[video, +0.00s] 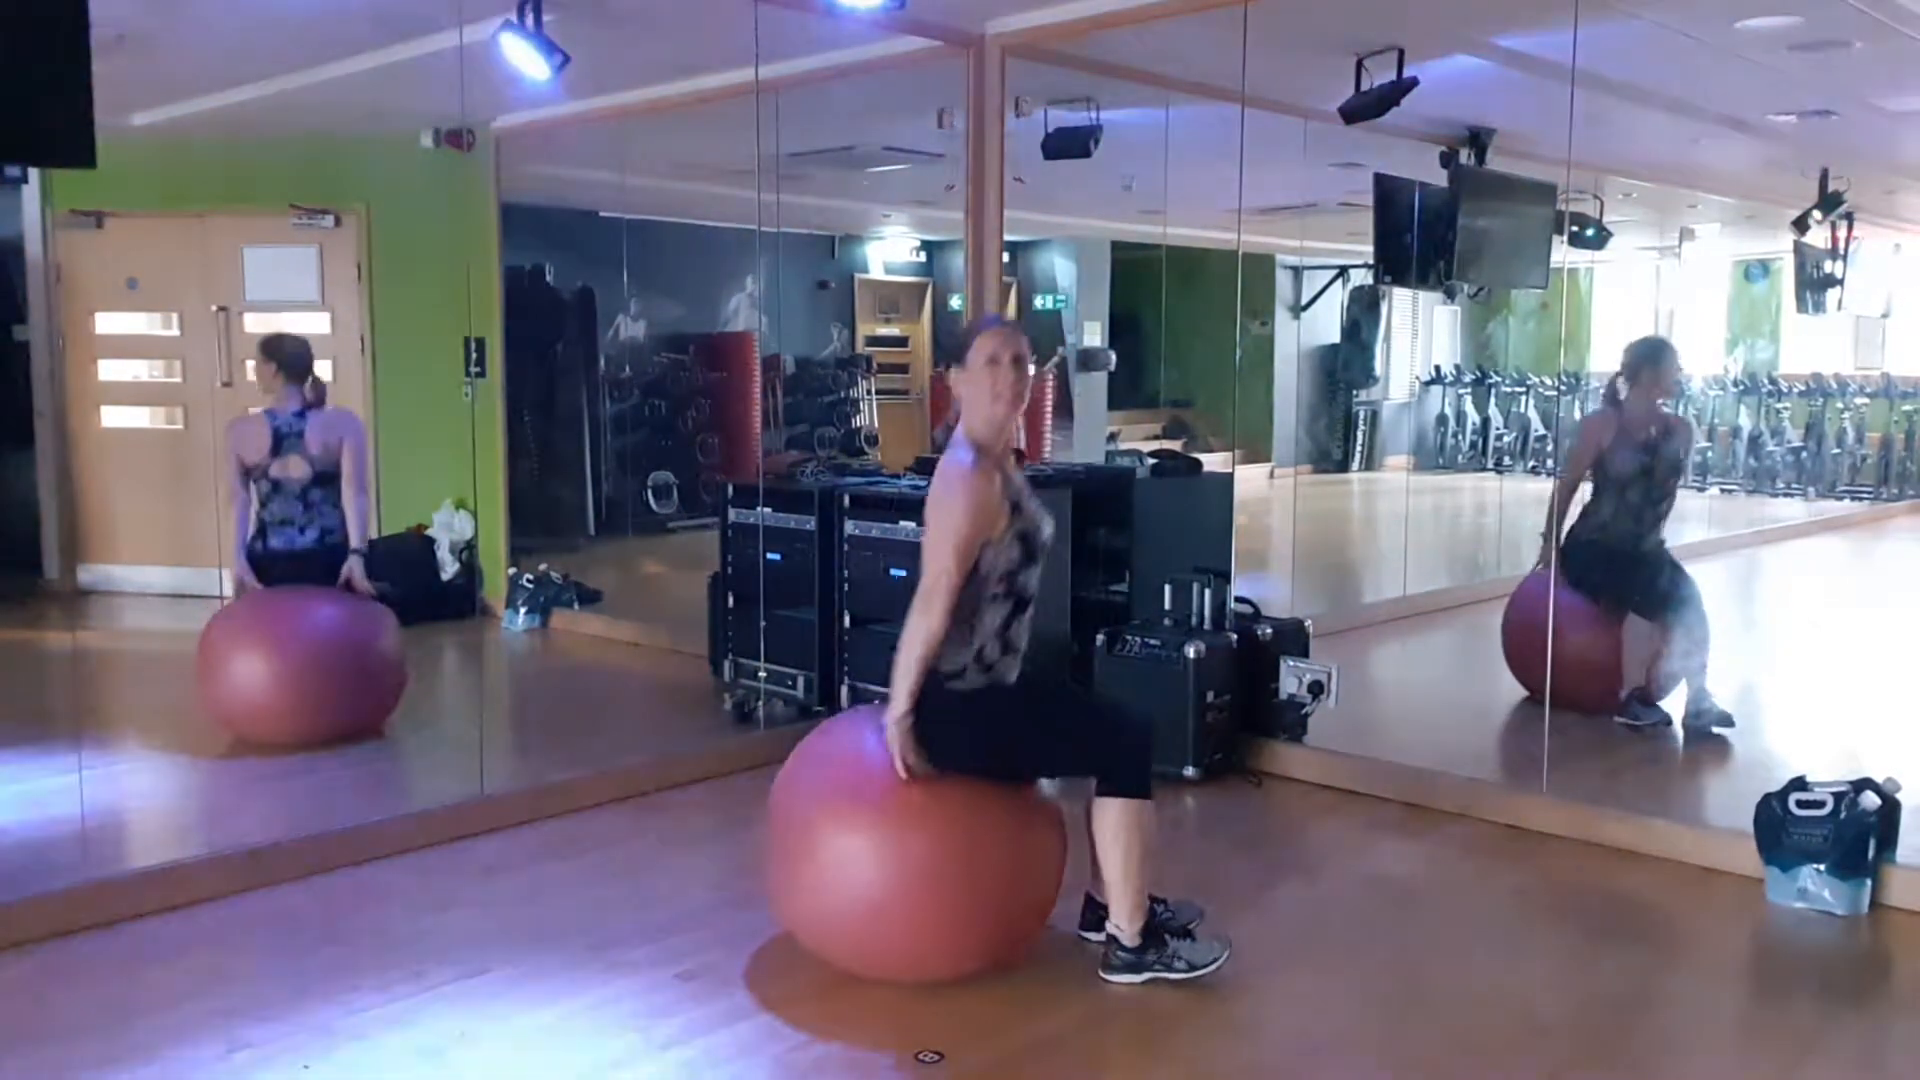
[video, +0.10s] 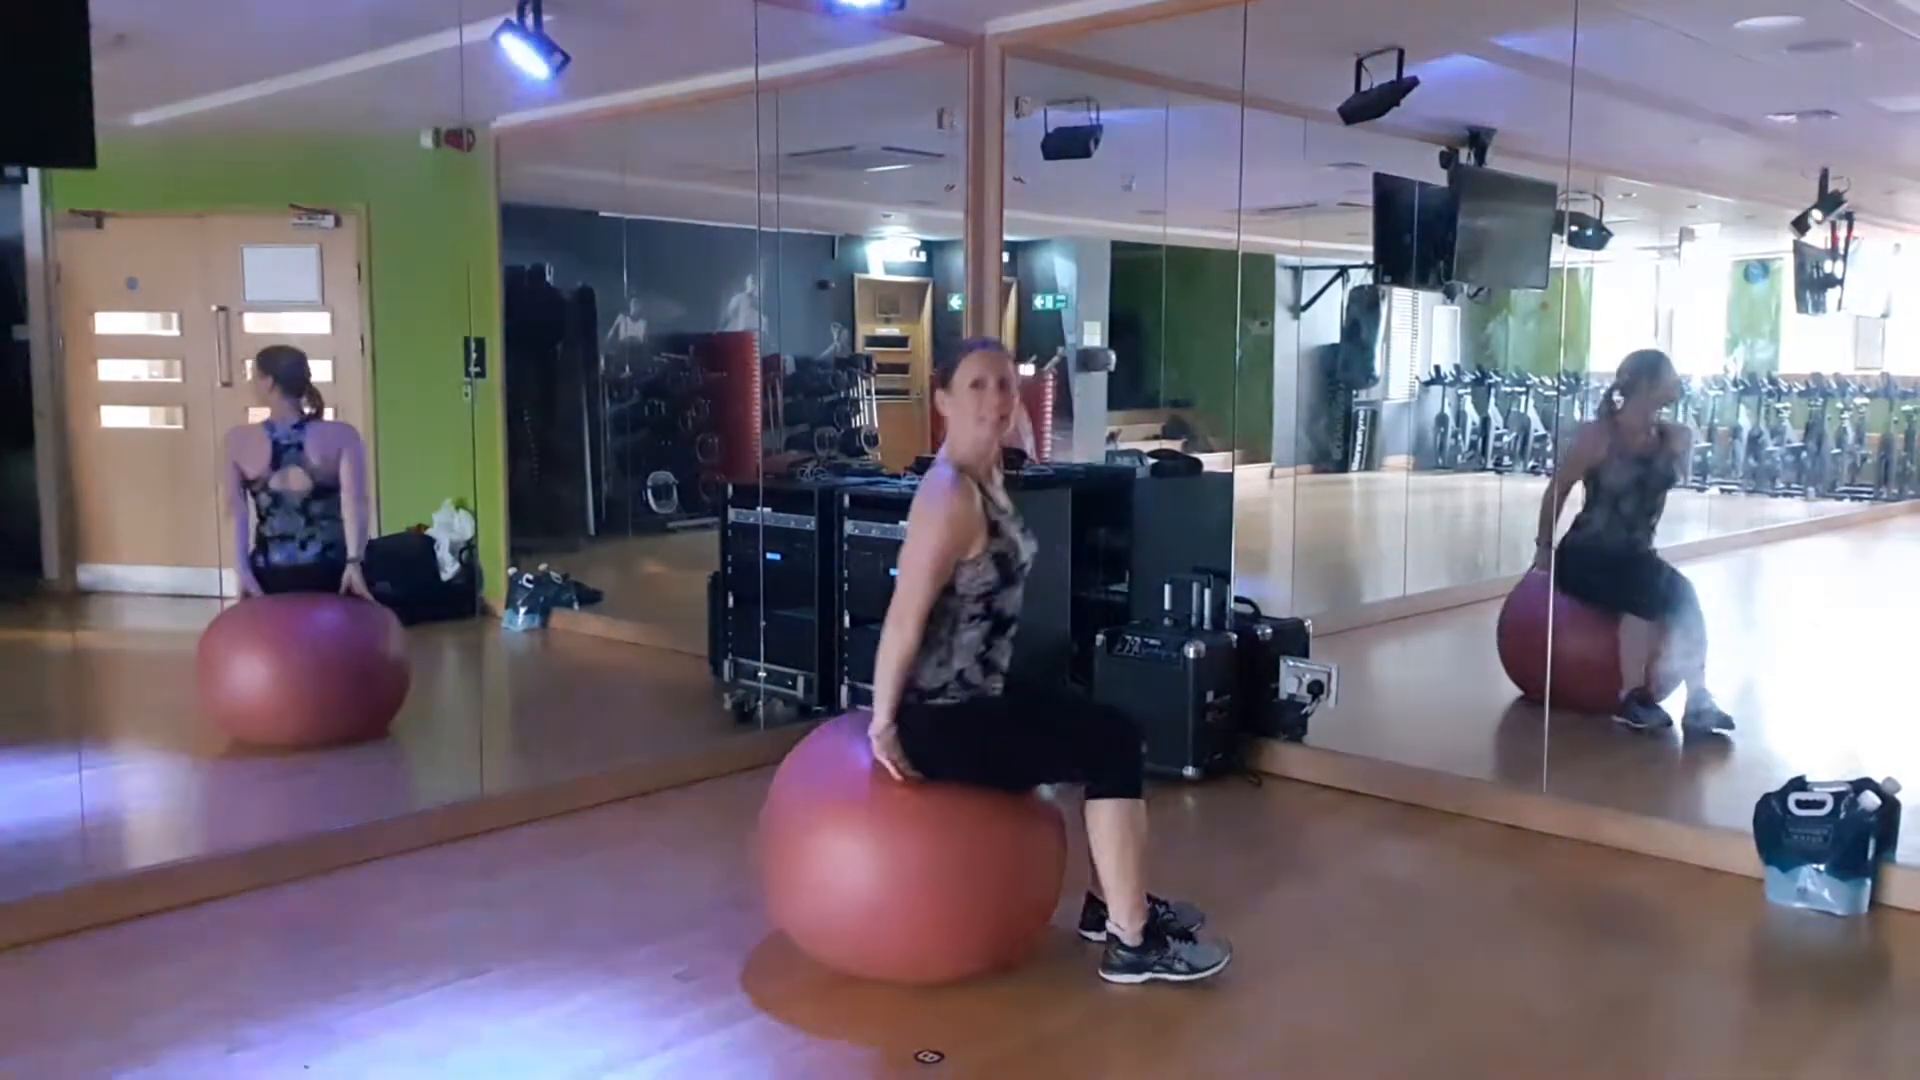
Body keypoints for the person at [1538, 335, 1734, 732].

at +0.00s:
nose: (1680, 376)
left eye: (1678, 368)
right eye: (1672, 369)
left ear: (1660, 375)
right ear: (1644, 373)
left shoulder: (1679, 430)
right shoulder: (1601, 425)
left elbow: (1666, 493)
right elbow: (1567, 485)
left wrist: (1650, 539)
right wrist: (1550, 543)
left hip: (1645, 549)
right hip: (1593, 546)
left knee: (1689, 603)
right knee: (1650, 592)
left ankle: (1698, 701)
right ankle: (1634, 697)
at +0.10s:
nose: (1673, 393)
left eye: (1673, 386)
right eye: (1665, 386)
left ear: (1661, 390)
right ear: (1636, 386)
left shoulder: (1674, 438)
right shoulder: (1595, 437)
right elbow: (1555, 491)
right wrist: (1543, 547)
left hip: (1637, 558)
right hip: (1584, 556)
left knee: (1683, 594)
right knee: (1646, 591)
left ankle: (1698, 702)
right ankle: (1635, 697)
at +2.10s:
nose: (1638, 403)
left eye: (1645, 395)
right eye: (1629, 394)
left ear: (1652, 400)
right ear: (1609, 396)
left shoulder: (1662, 442)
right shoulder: (1582, 441)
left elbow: (1670, 504)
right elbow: (1552, 504)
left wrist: (1676, 549)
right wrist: (1572, 560)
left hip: (1668, 555)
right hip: (1616, 559)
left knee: (1713, 589)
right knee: (1686, 603)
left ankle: (1700, 699)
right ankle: (1706, 711)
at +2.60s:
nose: (1642, 422)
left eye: (1645, 415)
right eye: (1633, 414)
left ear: (1649, 420)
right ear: (1607, 417)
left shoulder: (1665, 463)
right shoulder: (1579, 467)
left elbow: (1679, 524)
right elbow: (1560, 532)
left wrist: (1694, 561)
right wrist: (1591, 573)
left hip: (1682, 562)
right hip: (1632, 573)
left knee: (1722, 580)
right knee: (1700, 599)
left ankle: (1771, 699)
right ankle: (1714, 712)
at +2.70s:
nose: (1639, 426)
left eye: (1642, 419)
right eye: (1629, 418)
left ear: (1646, 424)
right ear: (1604, 422)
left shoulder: (1664, 465)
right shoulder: (1579, 471)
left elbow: (1682, 526)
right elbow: (1560, 535)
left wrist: (1695, 564)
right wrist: (1593, 574)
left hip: (1686, 563)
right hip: (1635, 575)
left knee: (1728, 588)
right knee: (1709, 603)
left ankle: (1791, 703)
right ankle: (1715, 714)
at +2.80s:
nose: (1634, 433)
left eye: (1639, 425)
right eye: (1624, 426)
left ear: (1644, 430)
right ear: (1602, 431)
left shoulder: (1664, 470)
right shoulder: (1579, 476)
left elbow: (1684, 530)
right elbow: (1561, 543)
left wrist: (1700, 567)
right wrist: (1599, 578)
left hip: (1688, 562)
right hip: (1637, 575)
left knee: (1742, 604)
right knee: (1714, 608)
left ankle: (1802, 708)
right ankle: (1716, 714)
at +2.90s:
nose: (1635, 440)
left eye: (1638, 432)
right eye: (1626, 432)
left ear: (1642, 438)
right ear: (1602, 439)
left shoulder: (1663, 476)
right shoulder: (1578, 484)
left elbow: (1683, 535)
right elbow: (1560, 547)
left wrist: (1698, 567)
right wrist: (1599, 579)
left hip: (1687, 566)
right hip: (1638, 578)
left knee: (1747, 605)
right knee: (1713, 605)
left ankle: (1807, 716)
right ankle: (1716, 712)